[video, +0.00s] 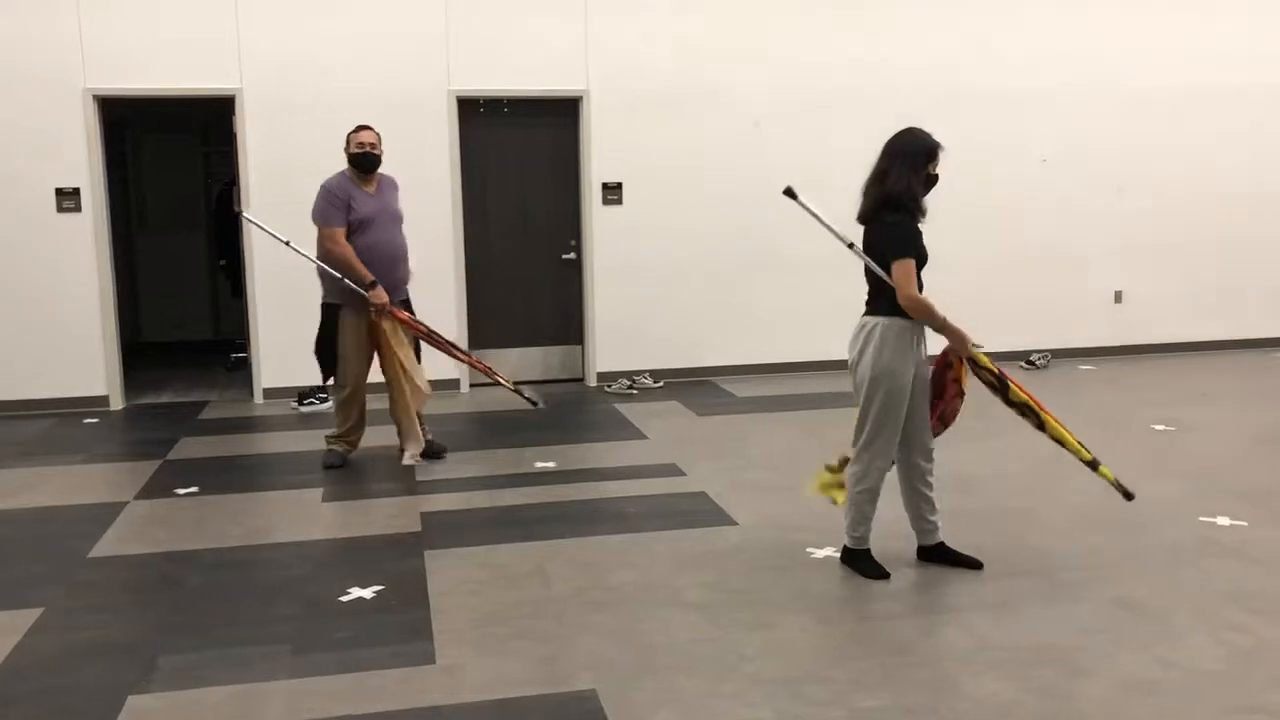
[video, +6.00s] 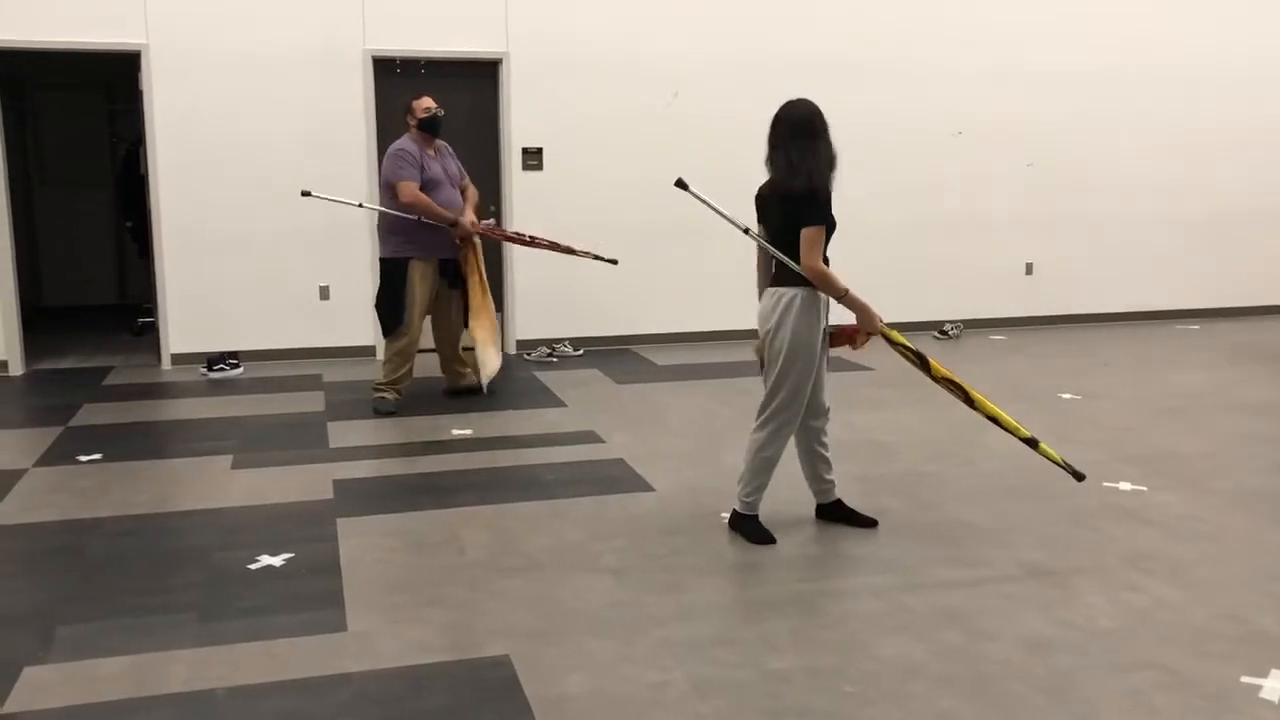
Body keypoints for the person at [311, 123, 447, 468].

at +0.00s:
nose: (367, 150)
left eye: (373, 146)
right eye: (359, 146)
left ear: (382, 152)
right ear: (347, 152)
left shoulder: (389, 185)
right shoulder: (334, 190)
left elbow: (390, 236)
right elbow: (332, 245)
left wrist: (397, 283)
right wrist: (371, 285)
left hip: (395, 296)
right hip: (349, 299)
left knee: (406, 372)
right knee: (349, 378)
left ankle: (416, 439)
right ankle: (340, 444)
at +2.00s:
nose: (474, 176)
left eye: (478, 171)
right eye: (469, 171)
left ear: (482, 170)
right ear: (454, 165)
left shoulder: (481, 196)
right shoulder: (433, 195)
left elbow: (512, 227)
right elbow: (429, 244)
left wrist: (488, 196)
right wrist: (467, 275)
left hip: (482, 293)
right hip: (446, 294)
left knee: (480, 360)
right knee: (448, 361)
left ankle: (472, 424)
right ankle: (437, 428)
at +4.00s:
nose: (455, 121)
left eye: (456, 116)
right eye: (447, 117)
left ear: (455, 124)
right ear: (430, 125)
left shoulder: (455, 154)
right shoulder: (417, 159)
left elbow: (461, 205)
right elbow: (421, 211)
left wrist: (472, 250)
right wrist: (461, 243)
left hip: (464, 257)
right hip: (427, 260)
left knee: (474, 325)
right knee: (419, 330)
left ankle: (474, 386)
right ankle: (402, 395)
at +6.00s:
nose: (434, 115)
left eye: (437, 110)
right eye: (426, 111)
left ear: (441, 116)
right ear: (411, 119)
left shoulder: (444, 150)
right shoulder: (401, 151)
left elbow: (470, 189)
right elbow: (408, 197)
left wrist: (467, 214)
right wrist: (455, 220)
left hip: (448, 251)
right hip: (410, 254)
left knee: (451, 321)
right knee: (405, 327)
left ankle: (459, 379)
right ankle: (388, 390)